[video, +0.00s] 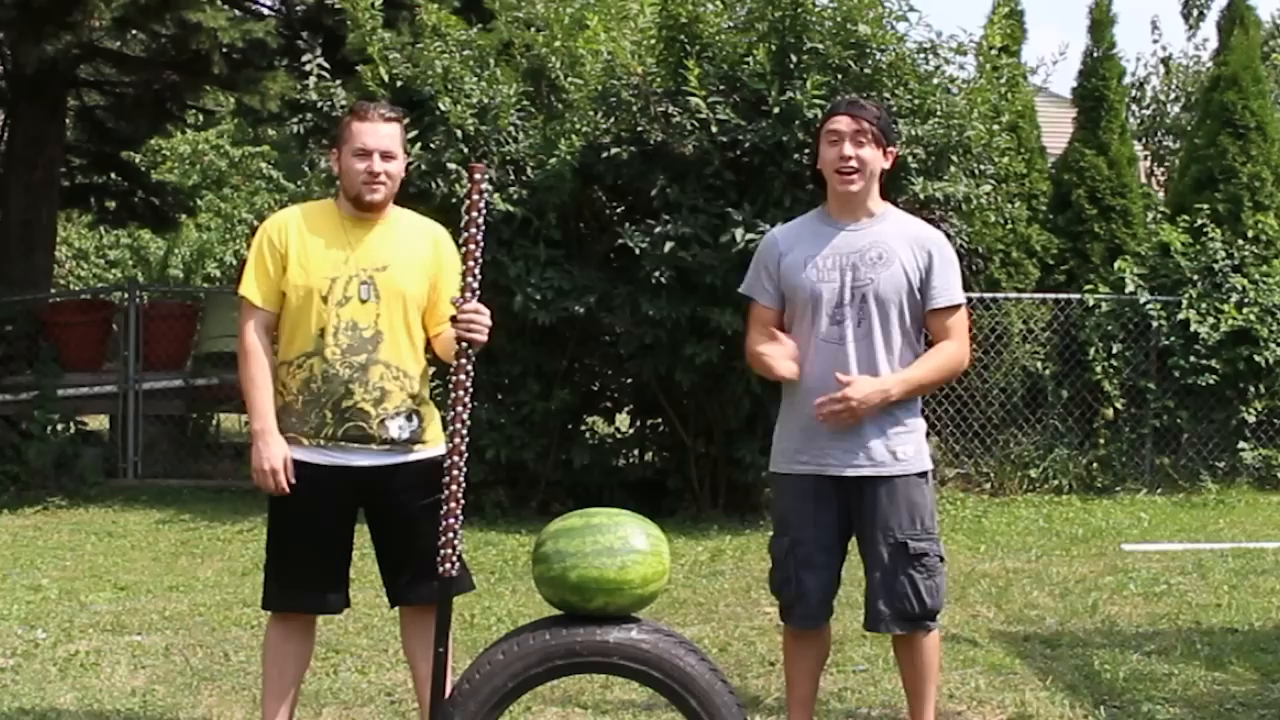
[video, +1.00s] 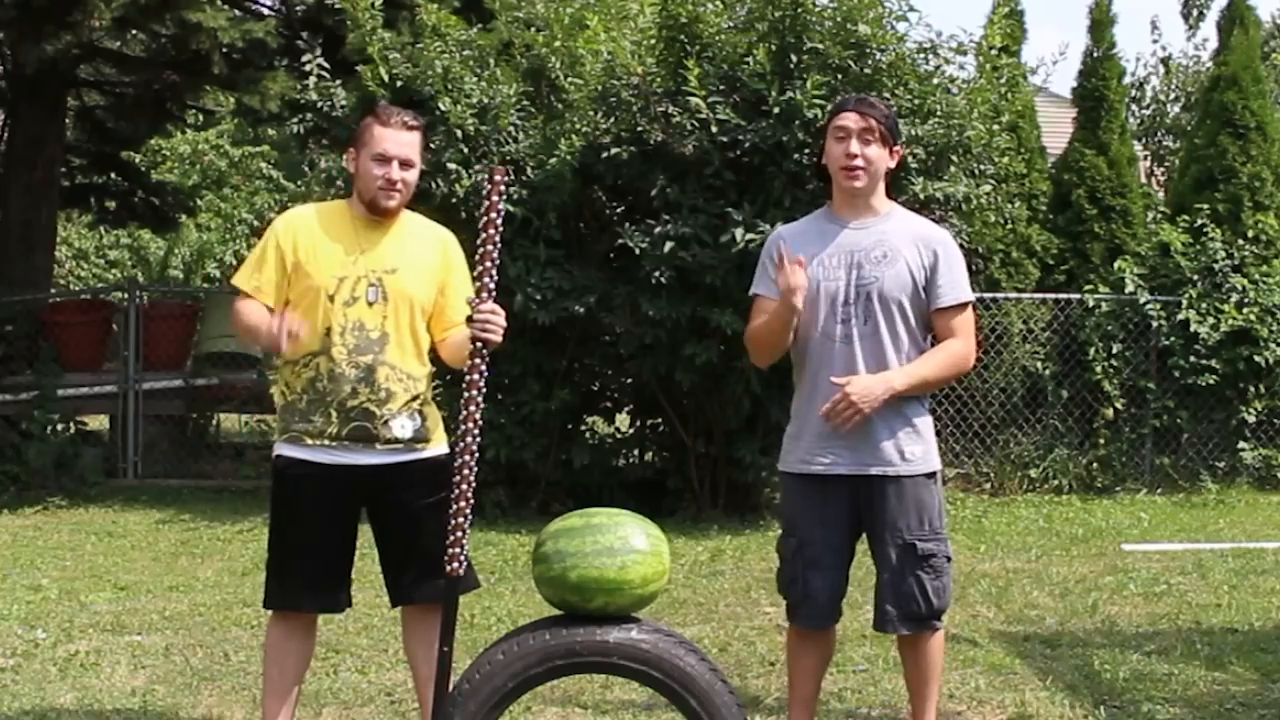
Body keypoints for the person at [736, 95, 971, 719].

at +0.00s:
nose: (846, 152)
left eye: (860, 141)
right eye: (834, 140)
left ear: (885, 156)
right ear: (817, 156)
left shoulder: (925, 243)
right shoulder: (782, 243)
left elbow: (955, 348)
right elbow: (761, 337)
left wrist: (886, 388)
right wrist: (780, 358)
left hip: (894, 462)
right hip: (803, 462)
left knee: (915, 611)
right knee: (802, 610)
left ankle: (922, 717)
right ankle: (798, 716)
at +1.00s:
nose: (853, 149)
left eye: (867, 139)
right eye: (841, 137)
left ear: (891, 156)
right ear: (824, 153)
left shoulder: (930, 242)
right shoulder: (788, 241)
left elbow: (961, 348)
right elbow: (760, 353)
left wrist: (887, 382)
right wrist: (787, 305)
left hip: (903, 460)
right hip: (813, 459)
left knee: (921, 609)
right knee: (808, 609)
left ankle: (923, 716)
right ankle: (799, 716)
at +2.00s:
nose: (852, 150)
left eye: (866, 140)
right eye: (840, 139)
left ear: (889, 157)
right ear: (823, 155)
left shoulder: (930, 243)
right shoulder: (789, 245)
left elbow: (960, 349)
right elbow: (760, 346)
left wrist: (877, 377)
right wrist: (810, 373)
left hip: (905, 464)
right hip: (813, 463)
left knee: (922, 607)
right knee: (809, 608)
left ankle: (923, 716)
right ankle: (799, 716)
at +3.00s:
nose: (853, 153)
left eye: (867, 143)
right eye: (841, 142)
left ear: (892, 156)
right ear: (825, 156)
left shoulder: (933, 244)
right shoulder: (790, 244)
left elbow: (962, 352)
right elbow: (760, 345)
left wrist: (884, 369)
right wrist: (808, 366)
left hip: (905, 465)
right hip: (813, 464)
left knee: (922, 610)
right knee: (805, 609)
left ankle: (923, 717)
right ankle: (799, 717)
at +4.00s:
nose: (856, 155)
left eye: (872, 144)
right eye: (845, 142)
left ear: (898, 157)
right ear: (830, 154)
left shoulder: (937, 243)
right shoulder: (793, 244)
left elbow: (970, 350)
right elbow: (760, 344)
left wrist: (895, 373)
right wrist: (818, 371)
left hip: (908, 465)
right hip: (817, 464)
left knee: (924, 609)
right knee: (809, 609)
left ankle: (924, 716)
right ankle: (800, 716)